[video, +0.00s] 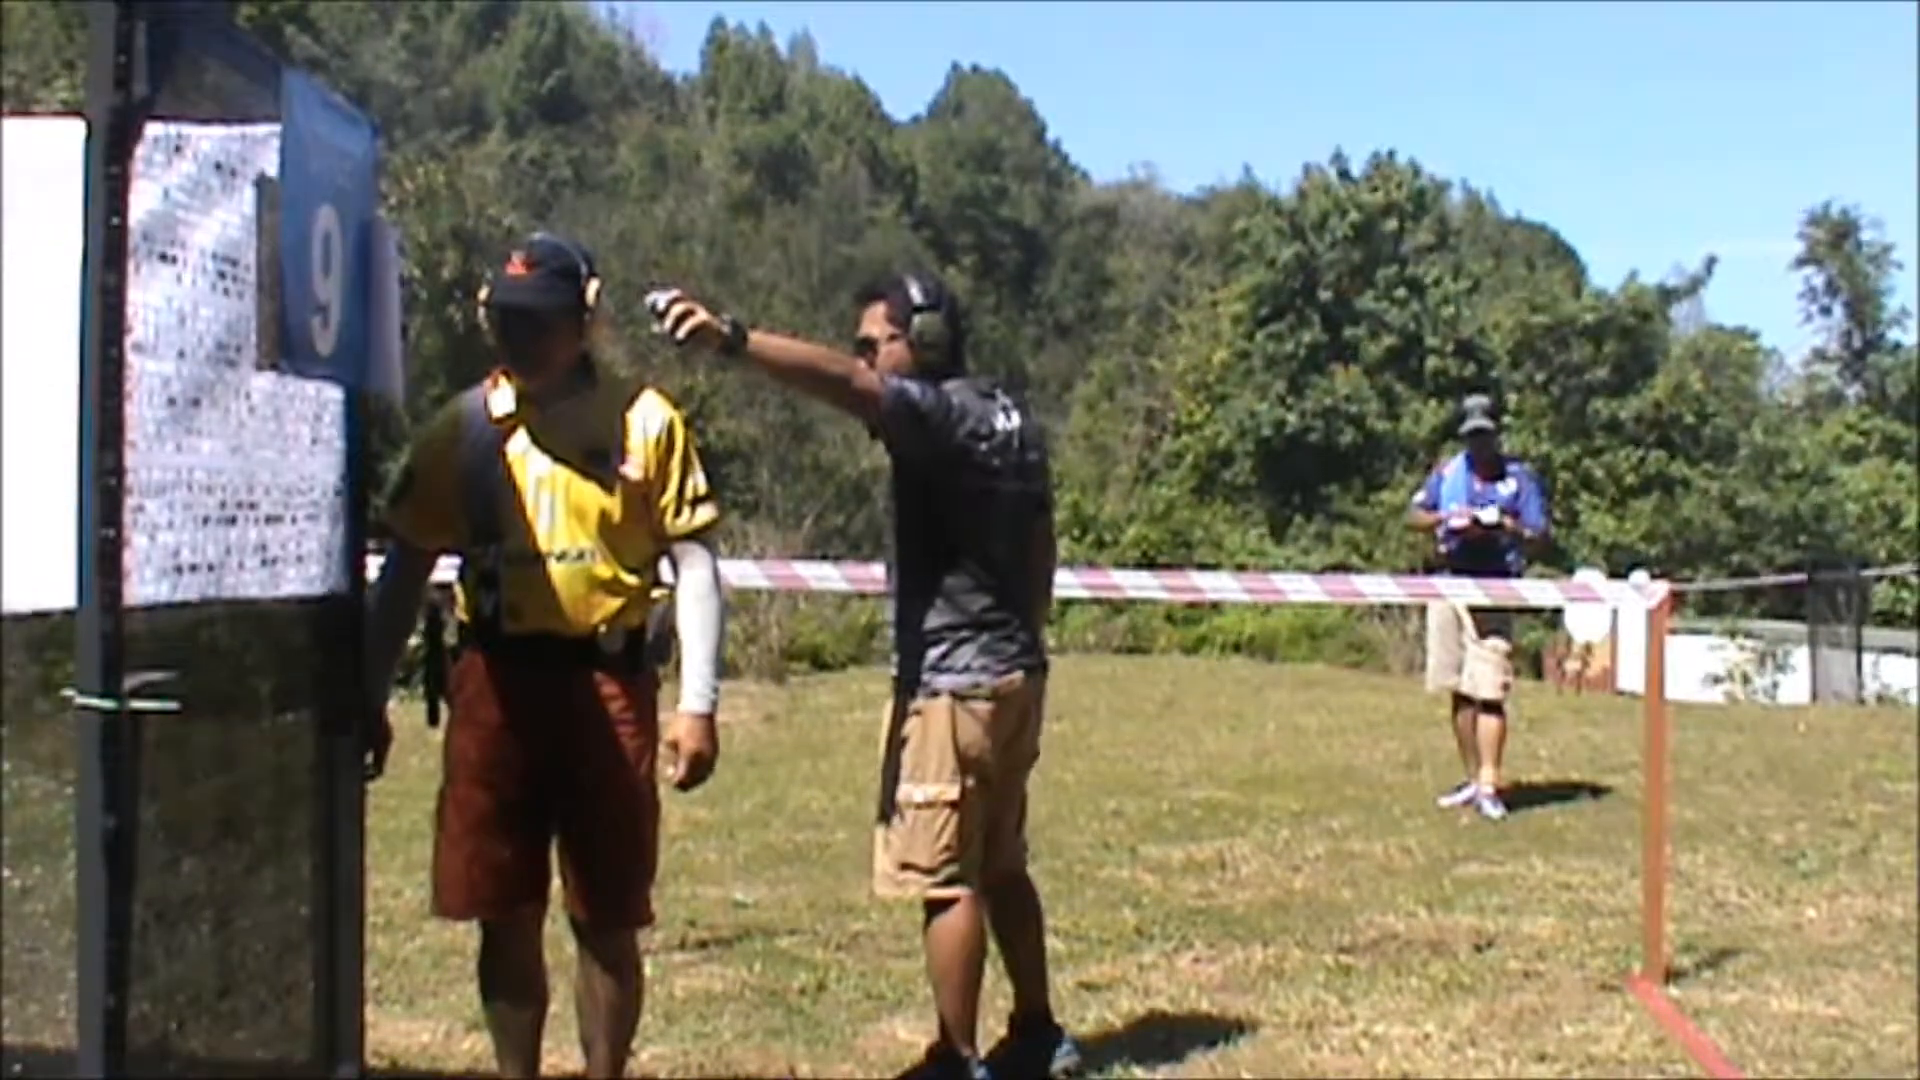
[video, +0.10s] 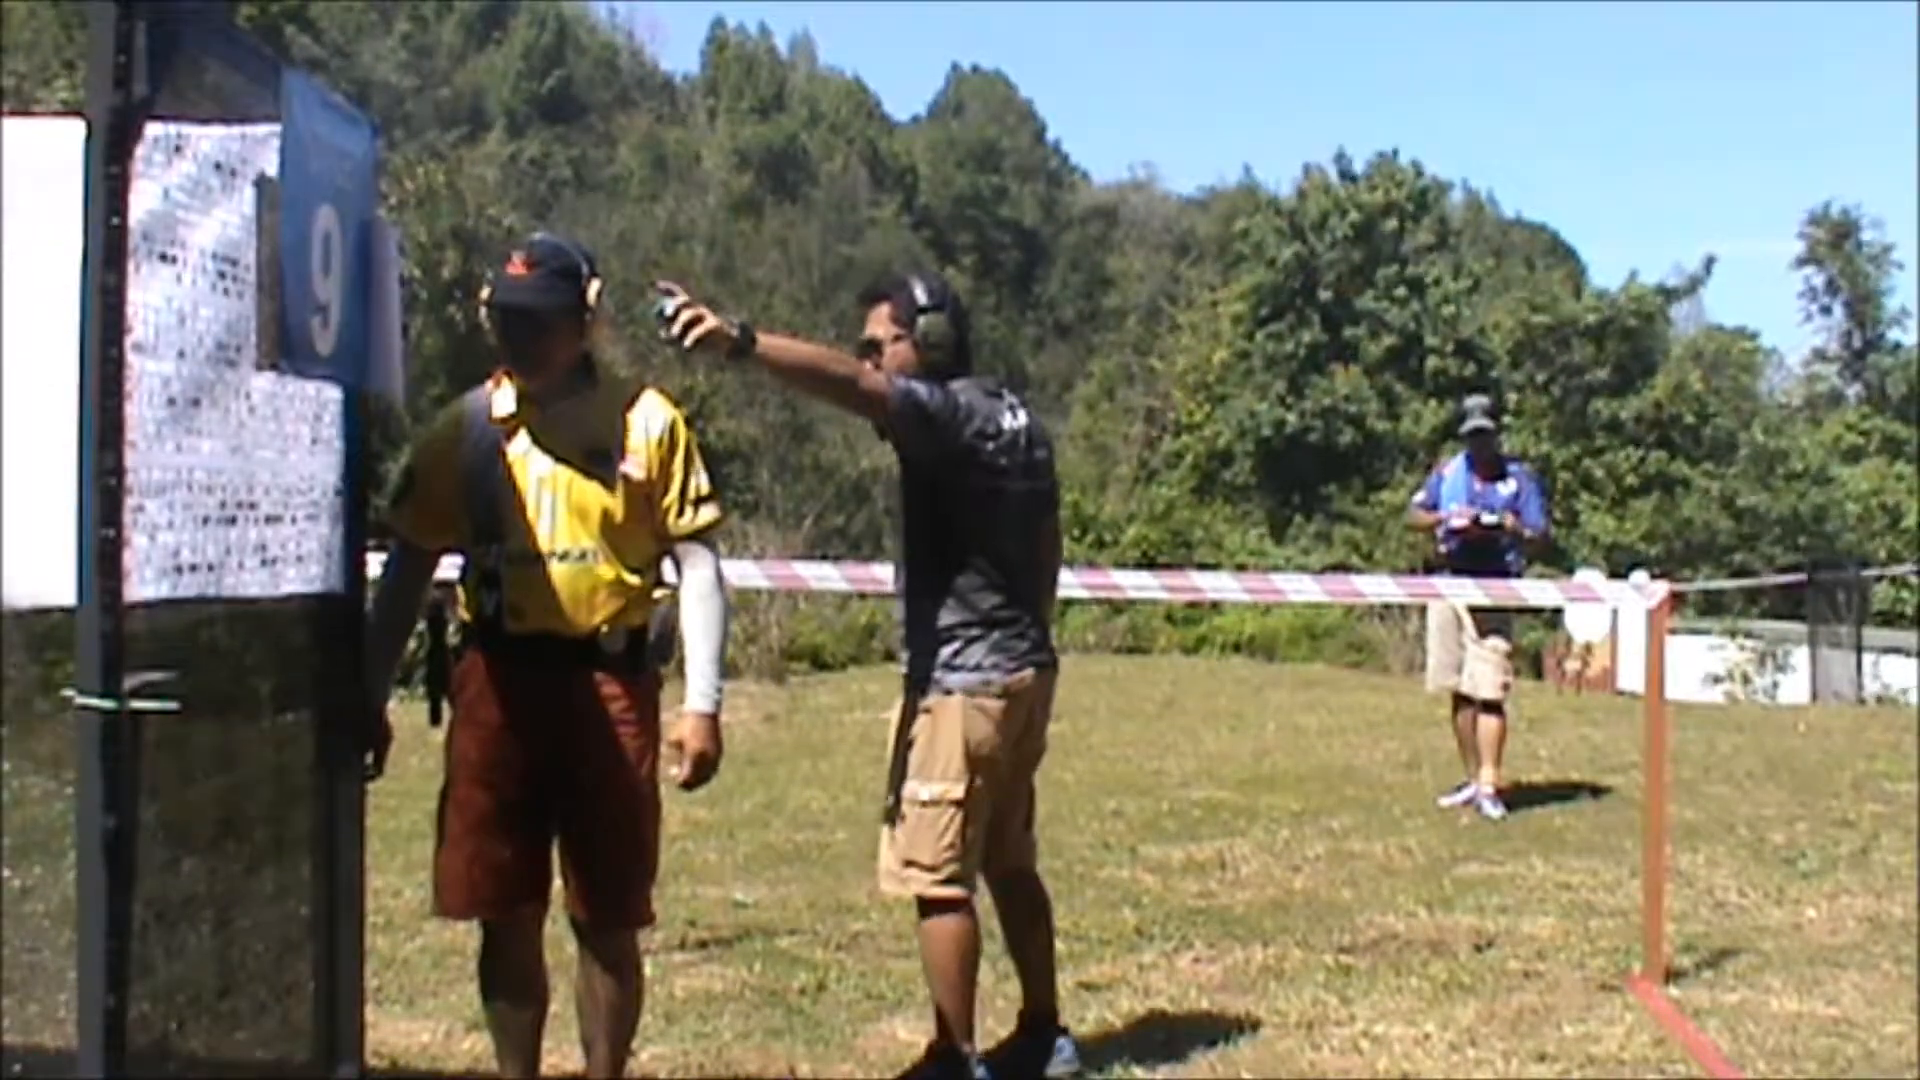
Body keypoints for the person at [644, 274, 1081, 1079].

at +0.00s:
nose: (867, 360)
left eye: (876, 344)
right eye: (864, 344)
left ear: (921, 340)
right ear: (947, 342)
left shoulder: (932, 410)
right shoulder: (1013, 418)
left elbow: (852, 382)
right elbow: (1040, 549)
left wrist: (732, 338)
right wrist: (1024, 641)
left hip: (955, 677)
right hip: (1015, 670)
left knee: (945, 876)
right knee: (1002, 868)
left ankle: (953, 1054)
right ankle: (1036, 1027)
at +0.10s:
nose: (873, 361)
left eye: (882, 345)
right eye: (870, 346)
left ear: (927, 341)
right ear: (954, 343)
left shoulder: (942, 408)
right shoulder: (1020, 419)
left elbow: (860, 383)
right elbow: (1044, 550)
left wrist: (741, 341)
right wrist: (1030, 639)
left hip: (966, 672)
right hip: (1025, 666)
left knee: (938, 868)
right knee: (1009, 862)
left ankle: (952, 1052)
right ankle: (1043, 1027)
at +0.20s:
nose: (884, 369)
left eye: (894, 352)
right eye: (883, 352)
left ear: (940, 345)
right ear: (961, 350)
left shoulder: (959, 413)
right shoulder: (1035, 424)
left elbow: (875, 387)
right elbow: (1057, 550)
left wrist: (758, 345)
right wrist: (1034, 635)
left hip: (983, 671)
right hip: (1035, 667)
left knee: (934, 866)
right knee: (1022, 854)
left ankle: (952, 1051)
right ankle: (1083, 1019)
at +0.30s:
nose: (903, 373)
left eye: (913, 357)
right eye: (902, 357)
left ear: (954, 355)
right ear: (985, 355)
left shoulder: (982, 419)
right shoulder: (1048, 425)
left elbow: (893, 388)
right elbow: (1069, 550)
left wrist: (784, 352)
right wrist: (1040, 634)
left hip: (996, 676)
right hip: (1046, 672)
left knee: (935, 864)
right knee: (1031, 845)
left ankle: (950, 1050)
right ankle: (1123, 1004)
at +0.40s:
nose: (949, 385)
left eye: (959, 371)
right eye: (947, 370)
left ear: (999, 370)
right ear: (1029, 372)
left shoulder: (1024, 431)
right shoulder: (1081, 444)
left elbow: (938, 399)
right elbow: (1087, 574)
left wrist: (835, 358)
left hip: (1025, 686)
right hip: (1075, 683)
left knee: (935, 866)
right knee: (1049, 848)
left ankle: (951, 1052)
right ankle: (1175, 979)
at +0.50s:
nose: (982, 396)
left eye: (994, 384)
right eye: (981, 383)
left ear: (1036, 386)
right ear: (1062, 390)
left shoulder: (1056, 445)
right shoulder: (1113, 461)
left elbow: (977, 409)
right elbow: (1084, 586)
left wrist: (882, 365)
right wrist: (1006, 618)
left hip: (1050, 696)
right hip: (1099, 695)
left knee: (948, 868)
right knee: (1071, 856)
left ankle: (952, 1052)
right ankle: (1198, 990)